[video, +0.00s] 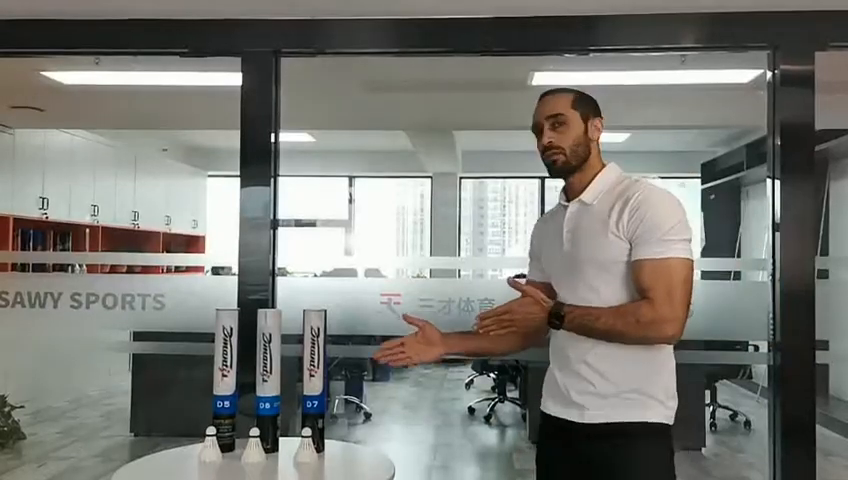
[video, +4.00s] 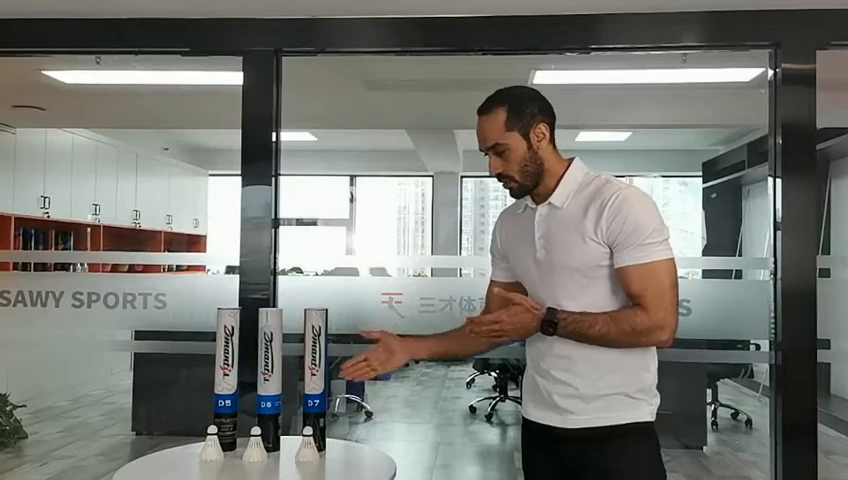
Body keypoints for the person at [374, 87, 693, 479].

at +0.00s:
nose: (545, 140)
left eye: (557, 124)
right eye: (538, 132)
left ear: (595, 128)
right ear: (535, 142)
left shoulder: (650, 205)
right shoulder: (546, 227)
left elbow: (665, 321)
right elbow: (532, 328)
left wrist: (555, 314)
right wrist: (445, 343)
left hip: (633, 425)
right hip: (560, 420)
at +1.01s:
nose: (535, 141)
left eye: (547, 126)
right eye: (524, 132)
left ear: (575, 131)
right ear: (517, 145)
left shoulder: (626, 203)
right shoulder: (525, 229)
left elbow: (640, 320)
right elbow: (520, 334)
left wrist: (532, 311)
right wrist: (431, 333)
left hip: (614, 426)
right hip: (543, 424)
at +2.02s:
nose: (538, 136)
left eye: (552, 121)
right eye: (528, 127)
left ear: (582, 128)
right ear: (522, 139)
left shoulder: (629, 205)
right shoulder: (529, 226)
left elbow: (644, 323)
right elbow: (522, 327)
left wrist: (536, 317)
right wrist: (446, 326)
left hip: (609, 426)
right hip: (540, 423)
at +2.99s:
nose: (516, 154)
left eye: (526, 138)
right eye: (515, 140)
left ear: (567, 133)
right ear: (563, 134)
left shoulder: (635, 208)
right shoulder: (533, 222)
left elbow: (645, 327)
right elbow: (521, 325)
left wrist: (538, 295)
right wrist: (439, 297)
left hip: (611, 428)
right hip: (541, 424)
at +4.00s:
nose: (492, 169)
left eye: (500, 151)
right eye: (488, 156)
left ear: (540, 135)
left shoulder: (620, 204)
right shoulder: (510, 224)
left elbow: (658, 326)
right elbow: (495, 326)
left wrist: (543, 320)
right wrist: (411, 347)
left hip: (618, 432)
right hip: (541, 431)